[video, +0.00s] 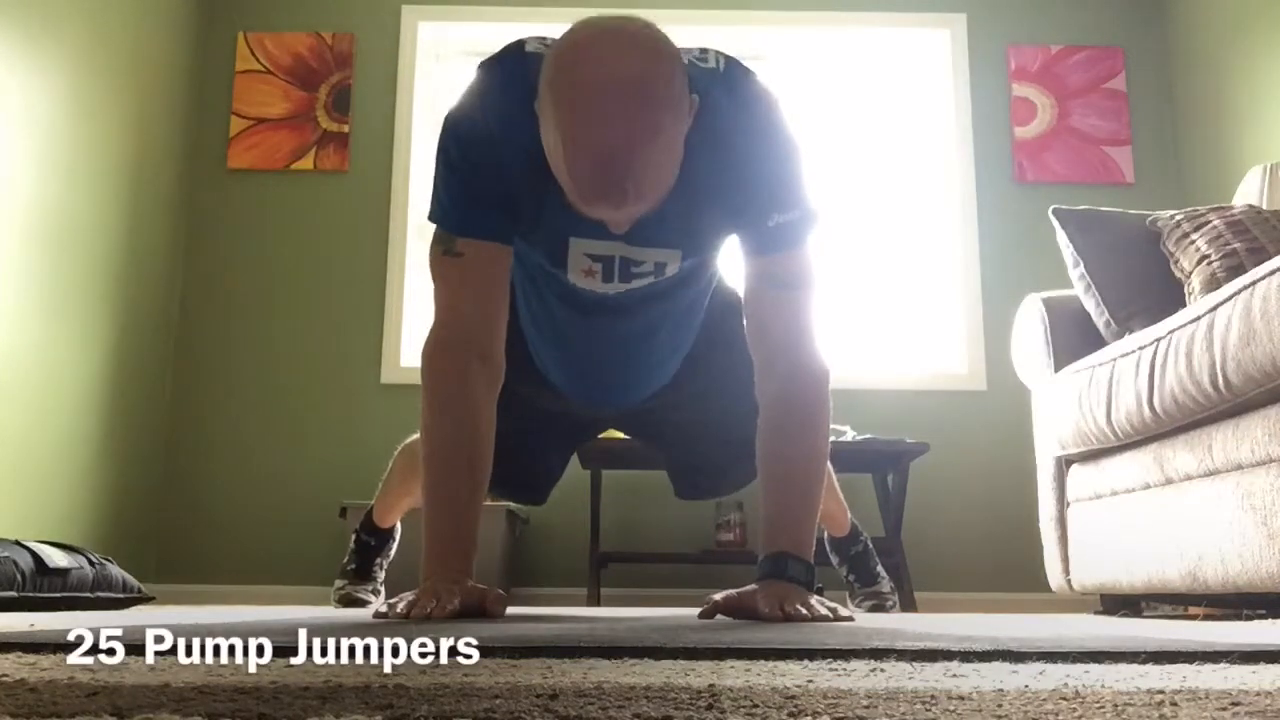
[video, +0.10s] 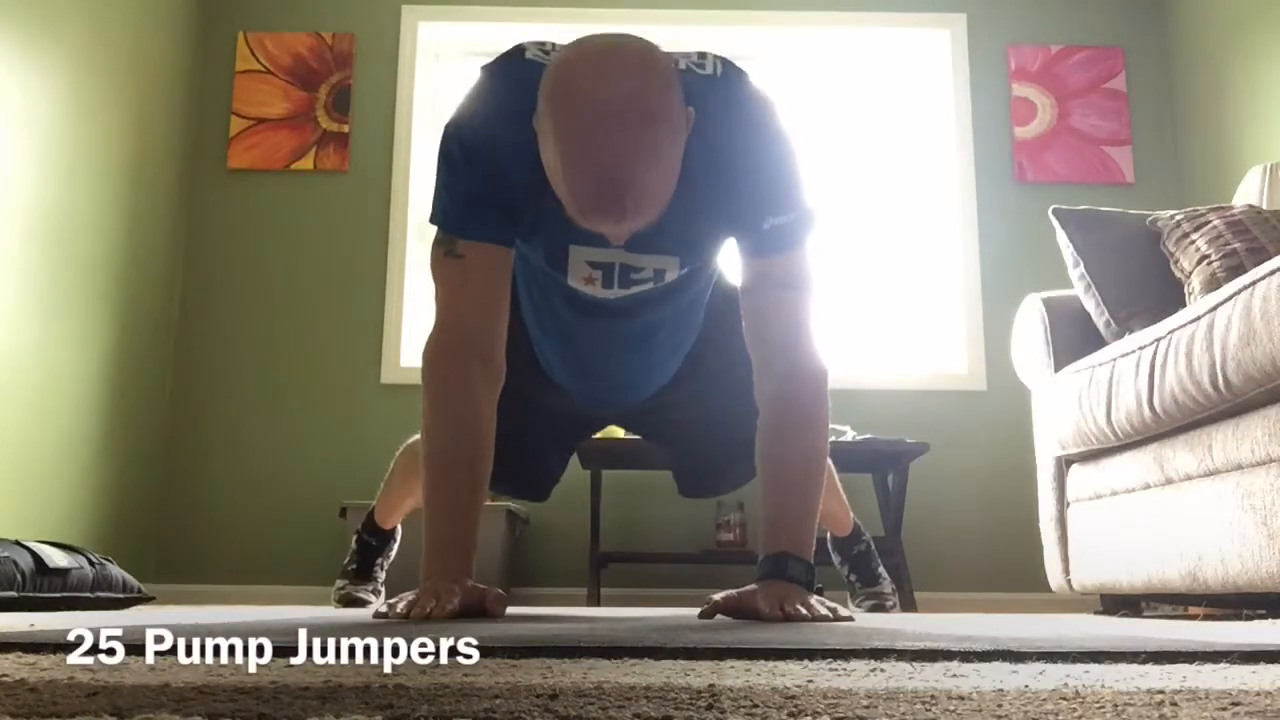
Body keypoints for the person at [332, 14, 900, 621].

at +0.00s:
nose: (613, 216)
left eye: (636, 200)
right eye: (589, 200)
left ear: (686, 115)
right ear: (546, 119)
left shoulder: (744, 122)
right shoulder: (489, 120)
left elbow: (789, 358)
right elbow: (461, 351)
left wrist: (786, 575)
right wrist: (445, 584)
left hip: (685, 336)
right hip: (534, 337)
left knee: (787, 442)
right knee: (445, 453)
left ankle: (848, 544)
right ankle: (375, 521)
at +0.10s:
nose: (616, 228)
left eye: (636, 212)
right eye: (591, 213)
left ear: (683, 128)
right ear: (543, 139)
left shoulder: (743, 129)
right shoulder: (489, 127)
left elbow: (789, 367)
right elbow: (461, 356)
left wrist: (785, 571)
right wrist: (447, 581)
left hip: (686, 328)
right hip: (537, 329)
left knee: (791, 445)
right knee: (442, 451)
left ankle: (852, 544)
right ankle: (375, 528)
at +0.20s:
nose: (612, 238)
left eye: (634, 223)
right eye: (589, 224)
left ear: (679, 137)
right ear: (542, 148)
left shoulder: (739, 132)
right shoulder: (493, 126)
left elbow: (786, 367)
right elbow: (464, 355)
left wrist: (785, 569)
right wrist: (449, 579)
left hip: (683, 323)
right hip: (538, 323)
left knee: (788, 438)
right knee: (446, 451)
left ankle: (853, 543)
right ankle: (378, 526)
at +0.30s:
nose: (612, 241)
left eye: (634, 228)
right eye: (590, 229)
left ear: (679, 147)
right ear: (544, 153)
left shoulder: (739, 139)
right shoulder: (497, 126)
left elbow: (781, 361)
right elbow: (464, 356)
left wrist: (787, 560)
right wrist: (448, 576)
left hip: (676, 318)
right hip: (535, 320)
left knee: (780, 431)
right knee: (450, 450)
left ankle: (854, 548)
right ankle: (377, 531)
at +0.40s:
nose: (611, 250)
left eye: (635, 240)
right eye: (590, 240)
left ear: (678, 158)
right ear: (547, 162)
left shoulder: (735, 146)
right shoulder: (492, 134)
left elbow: (766, 367)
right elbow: (463, 360)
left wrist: (777, 566)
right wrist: (448, 577)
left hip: (674, 321)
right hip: (534, 327)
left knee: (775, 438)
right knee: (452, 451)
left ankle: (853, 547)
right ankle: (376, 532)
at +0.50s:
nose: (605, 283)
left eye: (631, 269)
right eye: (584, 267)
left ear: (672, 167)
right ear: (536, 176)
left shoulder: (731, 154)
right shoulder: (482, 145)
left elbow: (768, 369)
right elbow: (459, 361)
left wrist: (776, 571)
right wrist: (448, 578)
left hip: (671, 330)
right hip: (529, 338)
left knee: (771, 439)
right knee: (449, 452)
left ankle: (854, 549)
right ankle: (374, 534)